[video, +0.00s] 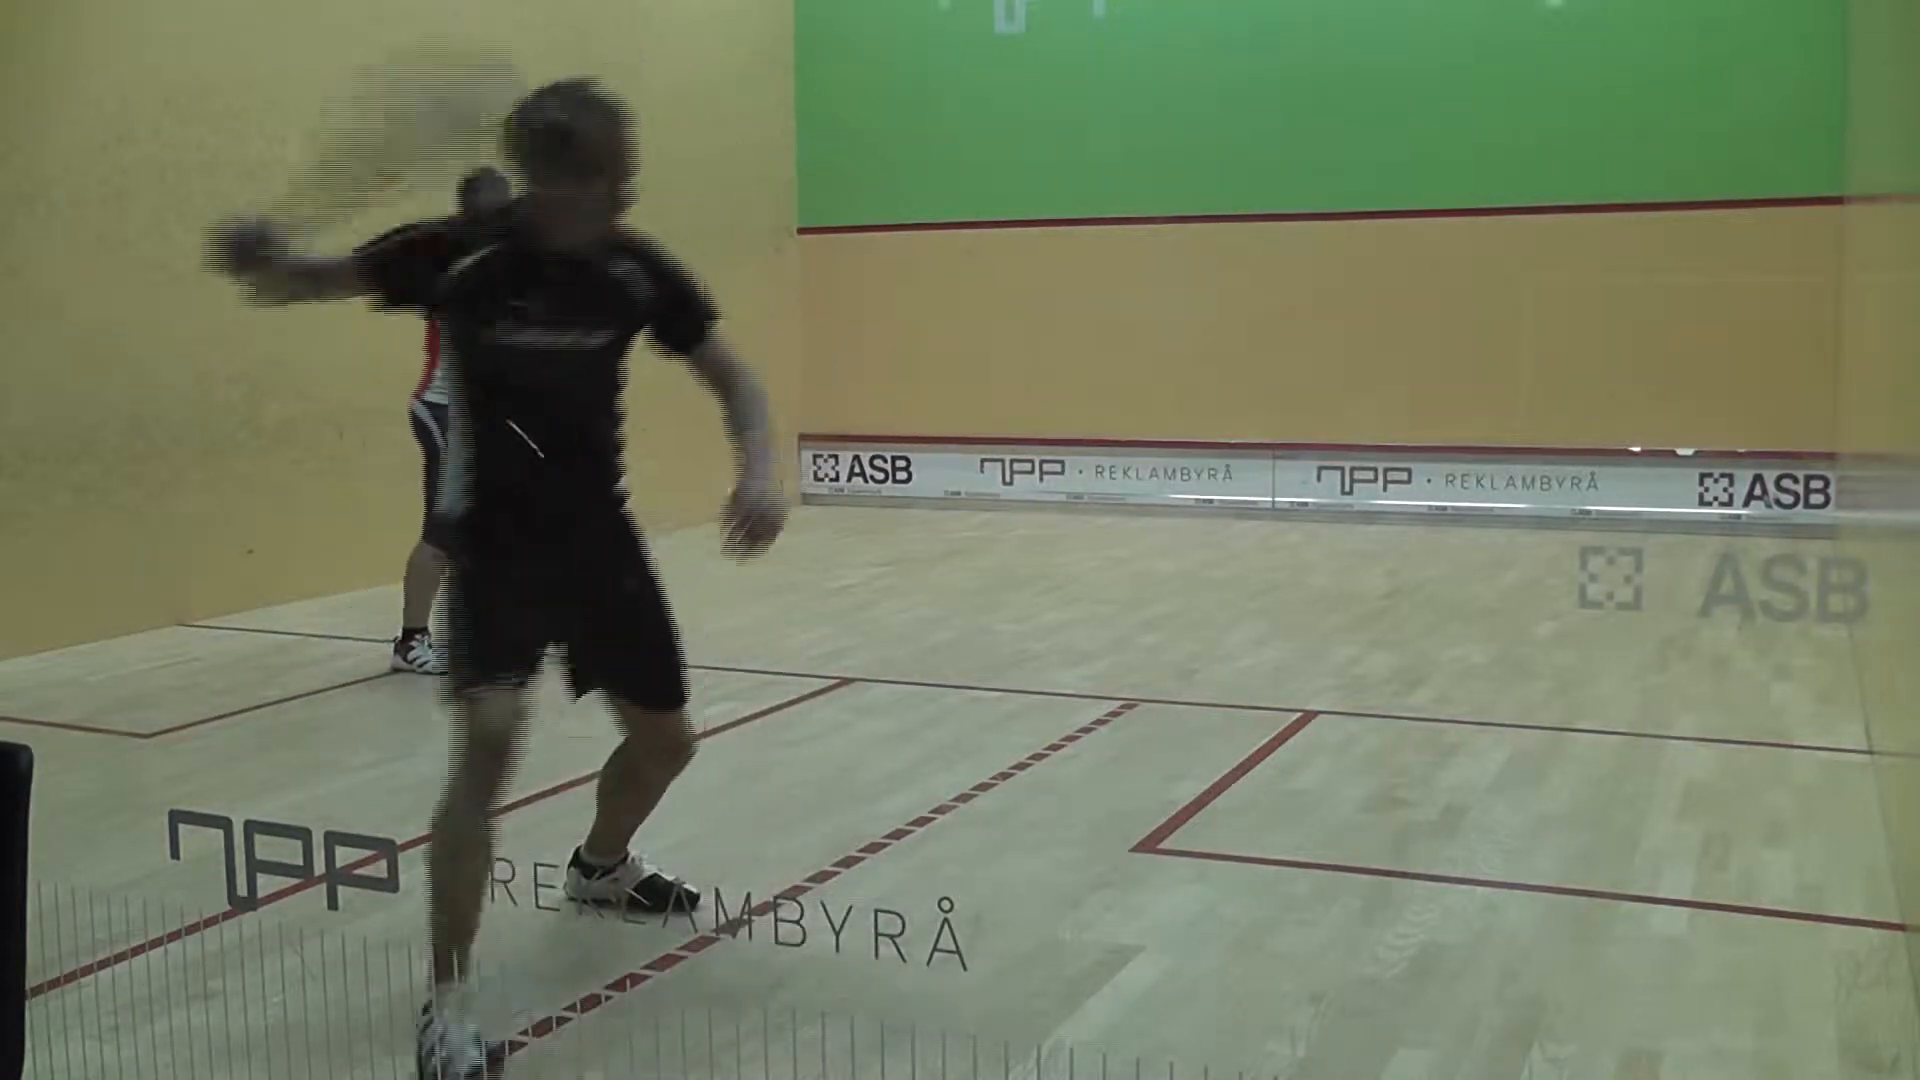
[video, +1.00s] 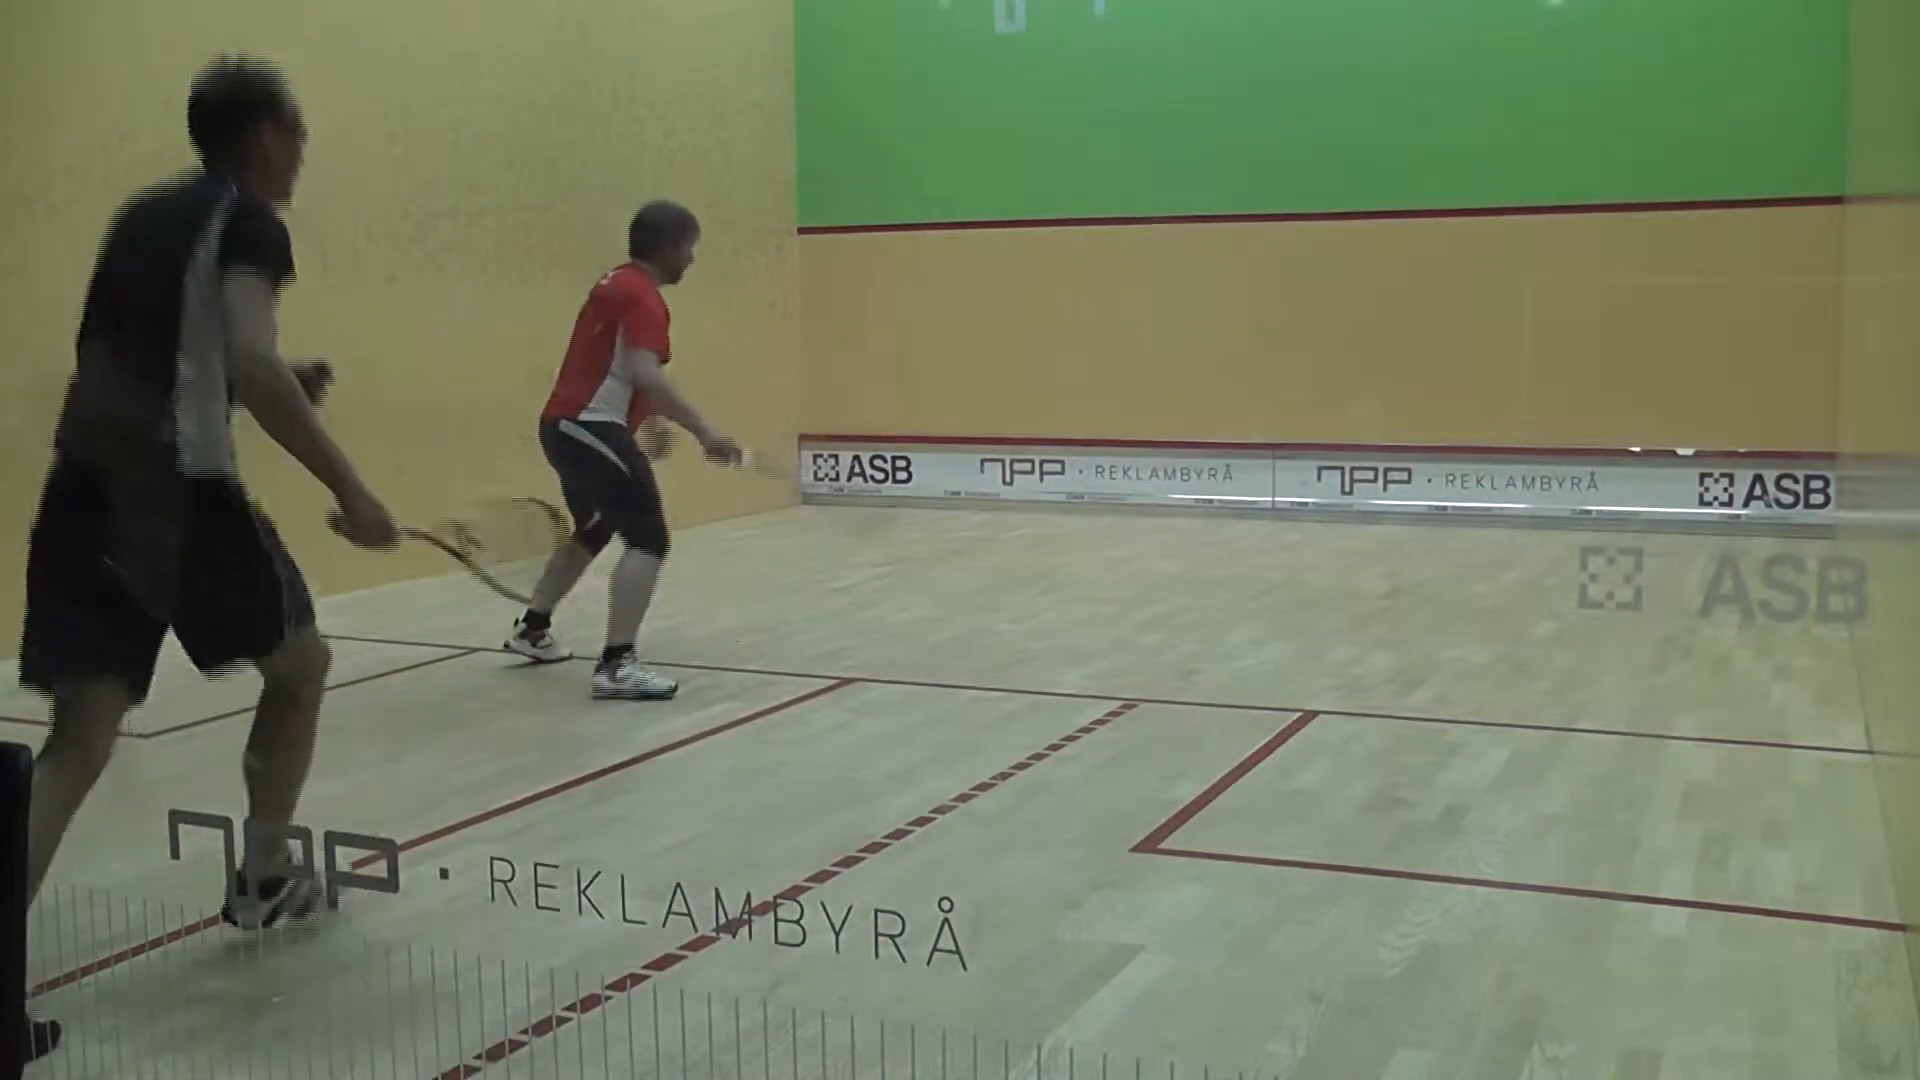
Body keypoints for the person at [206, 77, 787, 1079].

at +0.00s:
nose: (617, 193)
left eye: (619, 174)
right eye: (597, 175)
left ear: (616, 177)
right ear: (542, 179)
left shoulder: (634, 271)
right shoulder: (466, 257)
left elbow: (735, 382)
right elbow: (331, 277)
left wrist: (761, 479)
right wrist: (268, 267)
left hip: (596, 534)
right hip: (488, 542)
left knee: (662, 742)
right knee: (486, 750)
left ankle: (599, 869)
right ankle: (446, 1002)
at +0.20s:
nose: (522, 241)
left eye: (521, 220)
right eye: (499, 225)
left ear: (520, 217)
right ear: (436, 230)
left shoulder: (544, 310)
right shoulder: (371, 336)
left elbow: (595, 420)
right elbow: (297, 527)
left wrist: (611, 529)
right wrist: (155, 467)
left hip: (512, 575)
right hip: (398, 586)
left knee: (620, 780)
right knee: (387, 798)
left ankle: (584, 896)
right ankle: (445, 1012)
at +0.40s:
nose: (480, 242)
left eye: (484, 220)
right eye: (460, 222)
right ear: (394, 217)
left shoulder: (442, 295)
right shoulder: (322, 294)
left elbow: (439, 449)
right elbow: (397, 465)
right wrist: (515, 542)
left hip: (372, 546)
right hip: (277, 561)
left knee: (469, 769)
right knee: (358, 792)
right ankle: (442, 1012)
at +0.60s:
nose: (401, 147)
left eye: (399, 126)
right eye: (384, 125)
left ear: (322, 138)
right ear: (326, 132)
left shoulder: (267, 220)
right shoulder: (282, 235)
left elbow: (256, 395)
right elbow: (288, 423)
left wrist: (355, 353)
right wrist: (331, 464)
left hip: (202, 523)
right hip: (209, 529)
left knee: (234, 793)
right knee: (339, 751)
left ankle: (34, 962)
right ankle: (395, 1026)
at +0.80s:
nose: (325, 122)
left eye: (321, 103)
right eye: (314, 102)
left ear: (238, 107)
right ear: (269, 107)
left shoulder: (158, 185)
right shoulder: (245, 207)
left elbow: (161, 352)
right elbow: (246, 389)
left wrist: (280, 354)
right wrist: (318, 505)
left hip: (100, 498)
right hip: (186, 502)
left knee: (113, 744)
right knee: (317, 699)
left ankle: (9, 972)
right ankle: (328, 961)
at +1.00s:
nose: (302, 158)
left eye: (299, 140)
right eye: (296, 140)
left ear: (212, 142)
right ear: (265, 141)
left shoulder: (144, 213)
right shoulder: (249, 220)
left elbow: (144, 363)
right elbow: (251, 366)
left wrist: (270, 378)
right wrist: (349, 488)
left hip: (84, 497)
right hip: (180, 499)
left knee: (77, 740)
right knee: (300, 662)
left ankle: (3, 967)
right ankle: (266, 873)